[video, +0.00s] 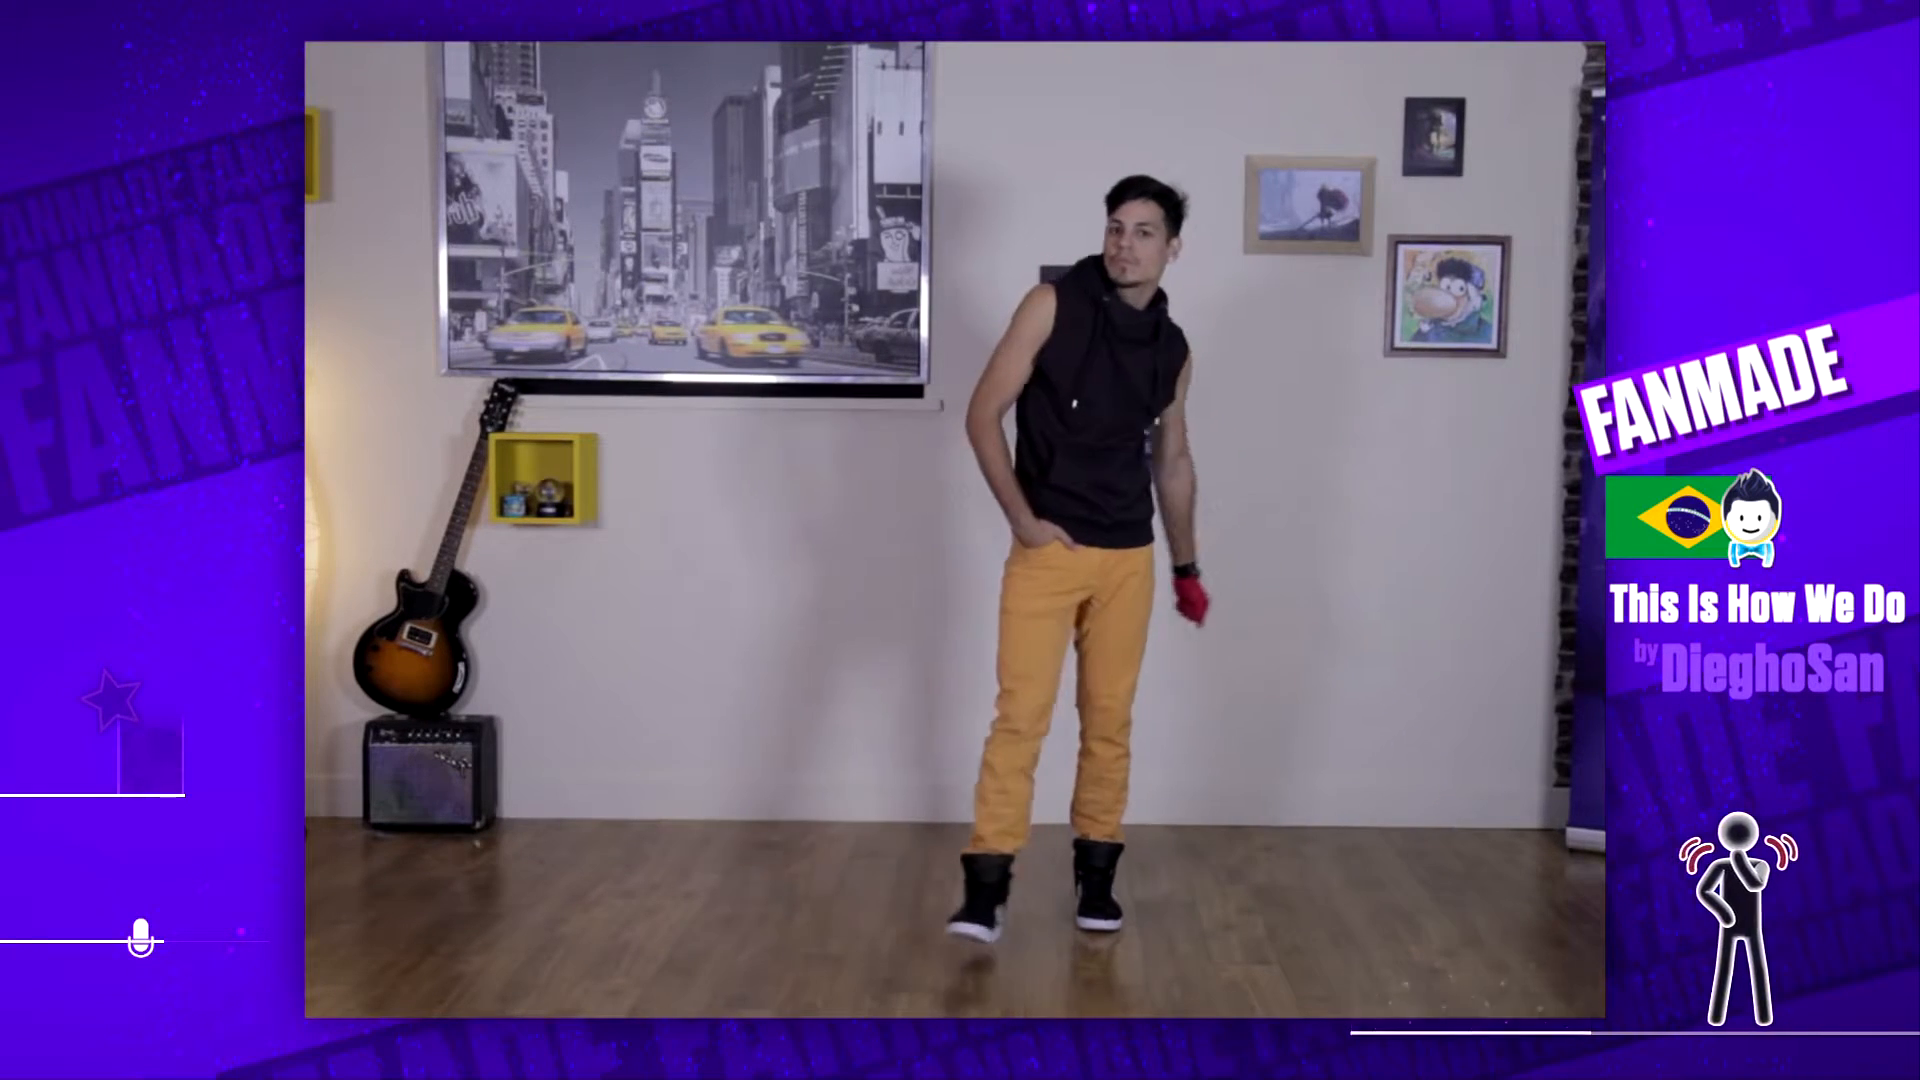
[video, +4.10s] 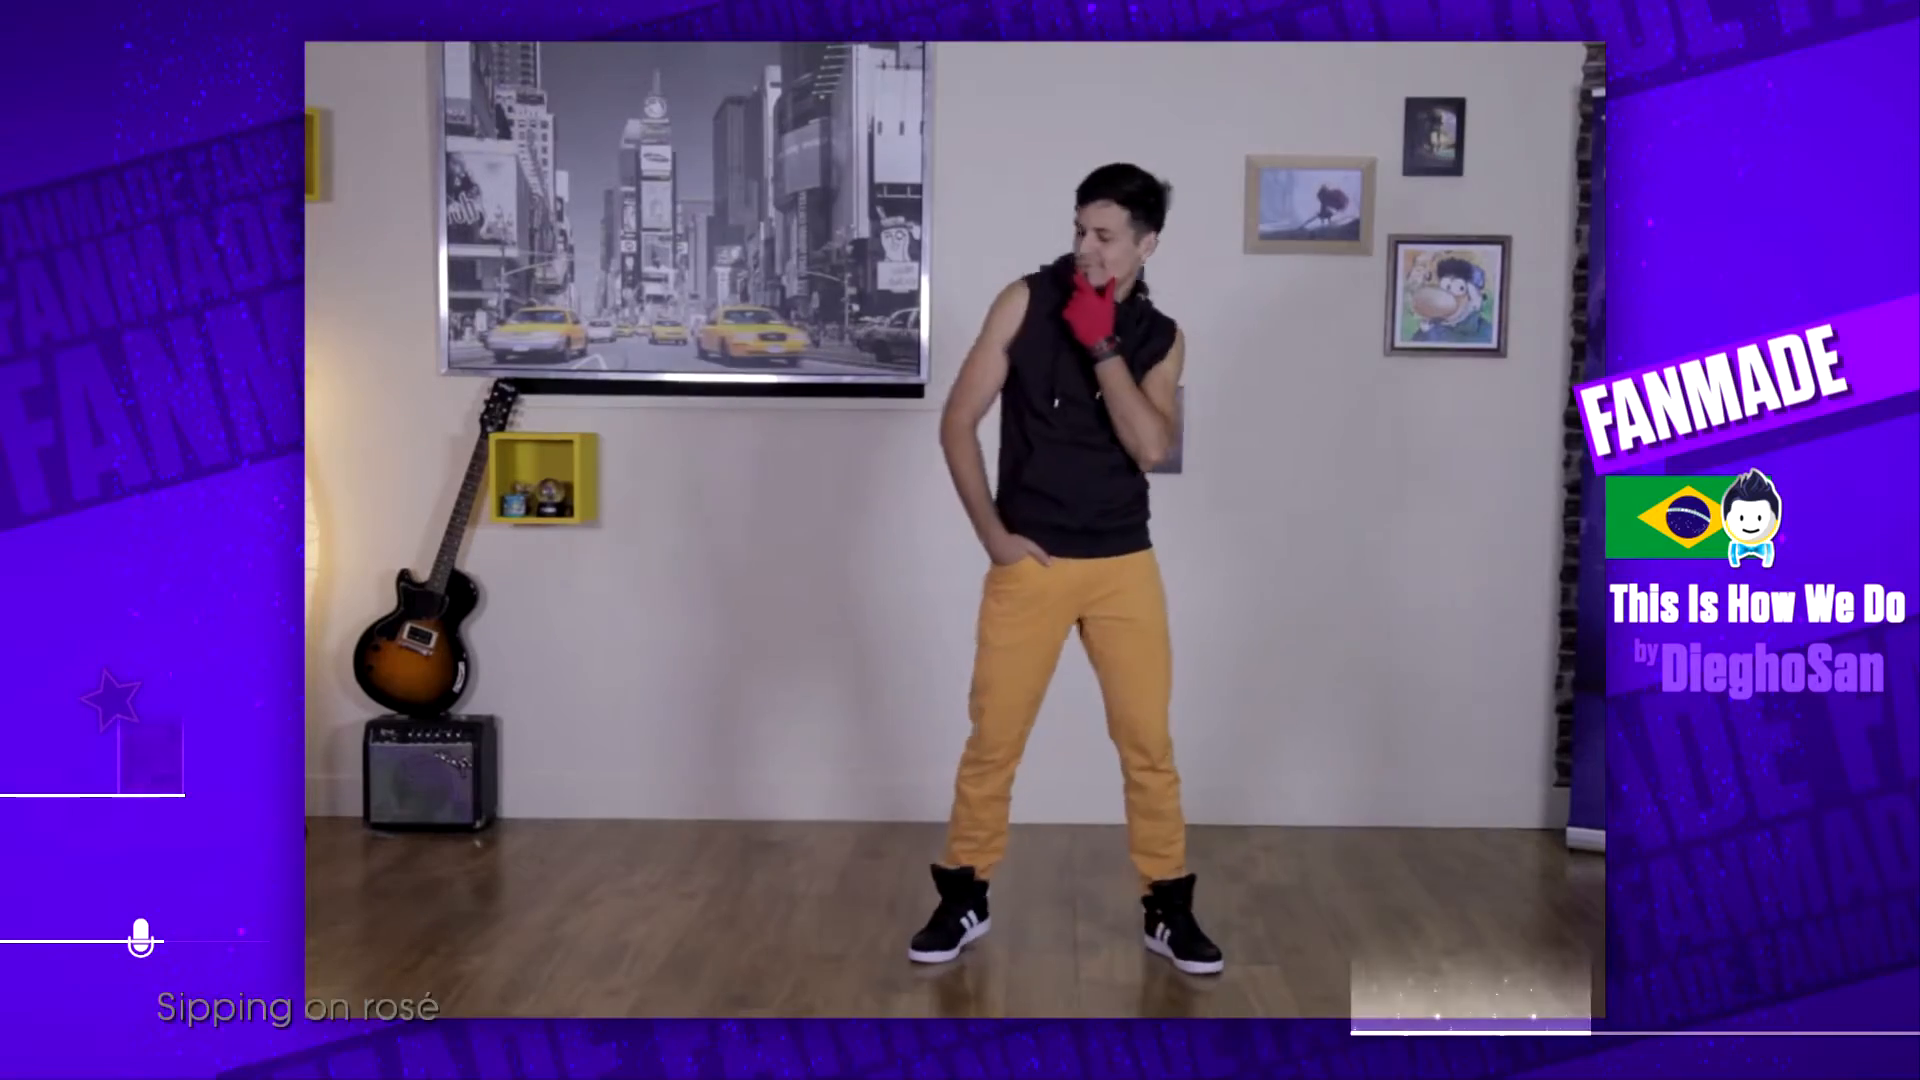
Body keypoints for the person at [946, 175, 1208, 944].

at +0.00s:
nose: (1125, 243)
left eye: (1143, 233)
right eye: (1116, 229)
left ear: (1171, 249)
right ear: (1103, 237)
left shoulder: (1169, 347)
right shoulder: (1053, 305)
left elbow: (1174, 460)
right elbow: (982, 415)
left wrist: (1187, 564)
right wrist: (1022, 522)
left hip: (1128, 562)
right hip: (1047, 552)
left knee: (1109, 723)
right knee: (1021, 718)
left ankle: (1096, 881)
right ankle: (986, 887)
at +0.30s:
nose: (1070, 230)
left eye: (1087, 219)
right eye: (1061, 217)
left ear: (1116, 235)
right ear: (1046, 229)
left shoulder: (1134, 342)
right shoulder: (999, 313)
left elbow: (1154, 465)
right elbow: (946, 432)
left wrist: (1128, 527)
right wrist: (986, 530)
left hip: (1107, 558)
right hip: (1021, 556)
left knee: (1116, 727)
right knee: (994, 731)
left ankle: (1101, 875)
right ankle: (965, 897)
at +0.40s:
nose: (1045, 231)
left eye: (1063, 220)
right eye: (1034, 217)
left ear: (1087, 236)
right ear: (1016, 229)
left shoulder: (1120, 330)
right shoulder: (975, 324)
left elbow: (1147, 459)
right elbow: (918, 440)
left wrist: (1085, 435)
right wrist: (966, 531)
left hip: (1103, 563)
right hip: (1009, 562)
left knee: (1138, 722)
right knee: (990, 733)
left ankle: (1126, 864)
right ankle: (966, 897)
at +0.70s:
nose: (1073, 252)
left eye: (1087, 239)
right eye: (1057, 238)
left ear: (1103, 239)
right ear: (1029, 239)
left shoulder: (1125, 302)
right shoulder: (1010, 335)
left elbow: (1106, 410)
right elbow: (973, 449)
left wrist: (1051, 318)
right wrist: (986, 523)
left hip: (1122, 567)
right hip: (1029, 563)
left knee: (1158, 739)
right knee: (995, 736)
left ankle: (1200, 904)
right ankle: (975, 900)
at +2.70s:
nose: (1085, 257)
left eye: (1102, 244)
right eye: (1078, 241)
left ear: (1146, 248)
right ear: (1069, 238)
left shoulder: (1168, 336)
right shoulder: (1032, 312)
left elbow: (1165, 447)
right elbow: (968, 431)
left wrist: (1103, 356)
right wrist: (1000, 533)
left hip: (1135, 569)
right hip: (1040, 565)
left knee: (1157, 739)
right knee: (999, 741)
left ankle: (1187, 908)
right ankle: (970, 903)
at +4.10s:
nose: (1088, 249)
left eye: (1106, 235)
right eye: (1082, 233)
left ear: (1148, 242)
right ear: (1073, 232)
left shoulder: (1160, 338)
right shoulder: (1027, 304)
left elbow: (1155, 449)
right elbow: (956, 424)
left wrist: (1104, 352)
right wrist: (993, 534)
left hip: (1124, 568)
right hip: (1030, 565)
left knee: (1148, 742)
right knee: (993, 739)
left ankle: (1168, 906)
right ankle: (963, 898)